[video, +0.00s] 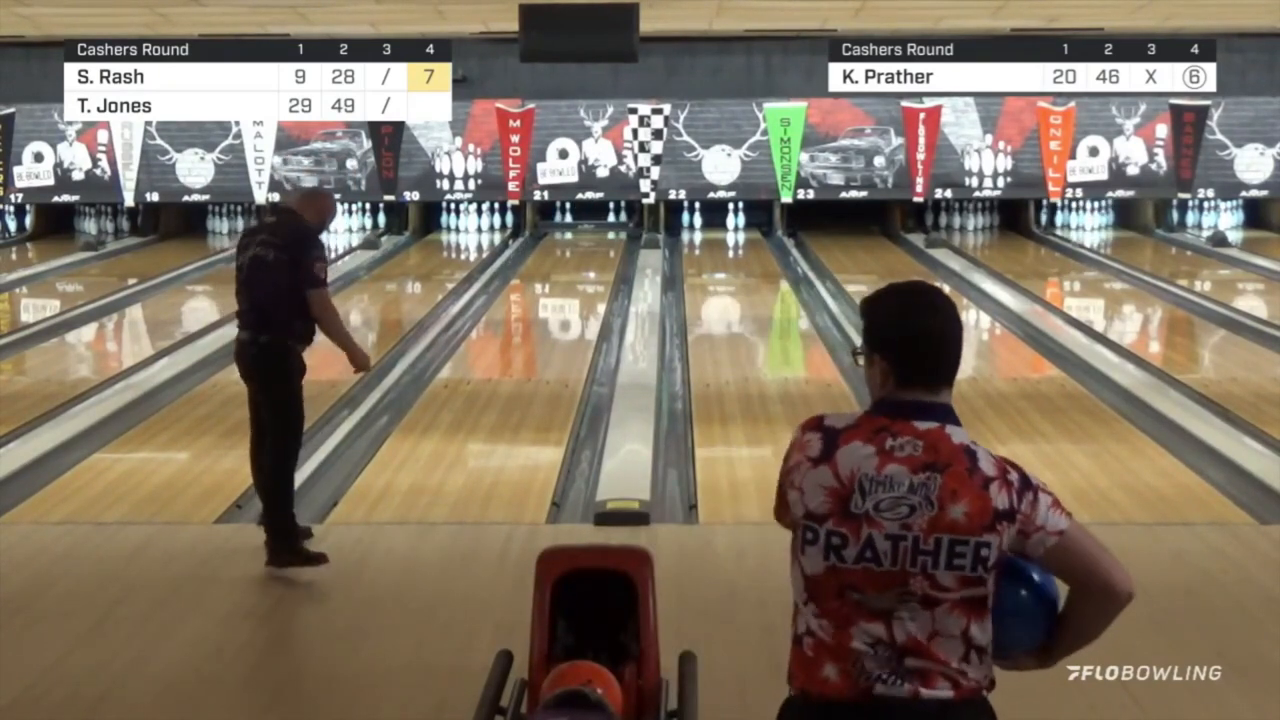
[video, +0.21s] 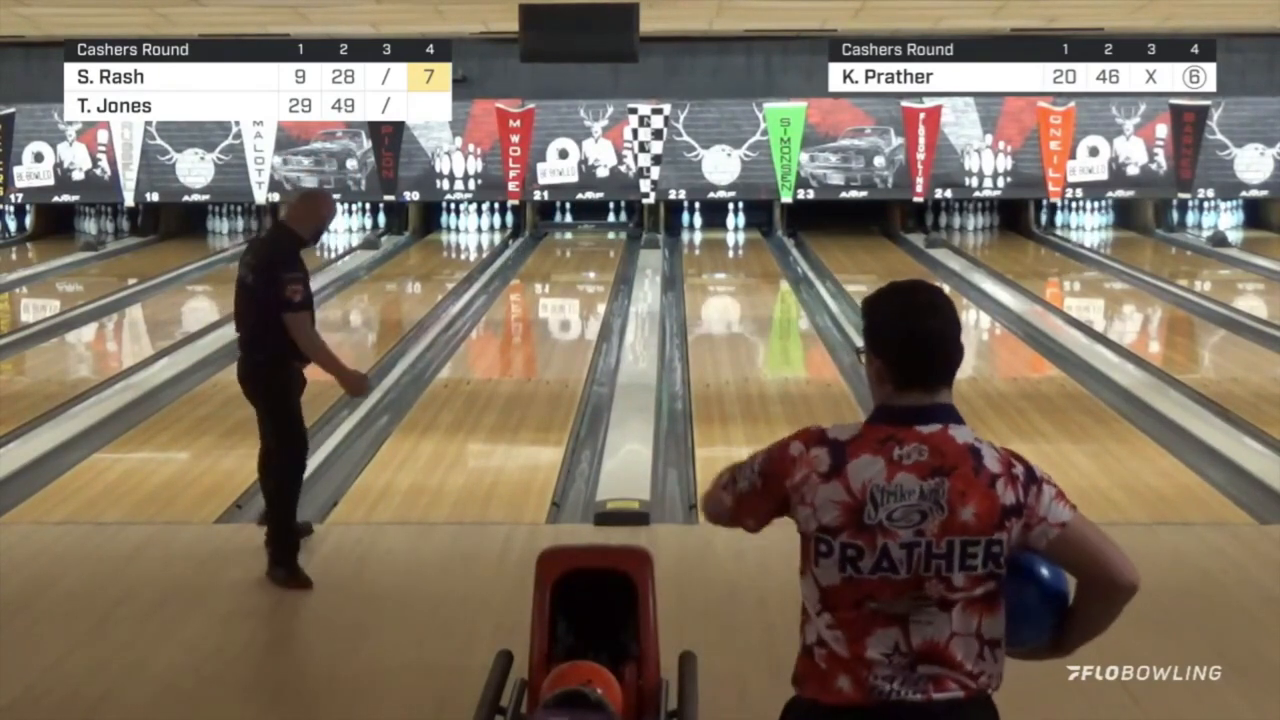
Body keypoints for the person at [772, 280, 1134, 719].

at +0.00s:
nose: (864, 367)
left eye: (865, 356)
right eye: (866, 355)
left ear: (877, 367)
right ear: (953, 365)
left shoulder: (816, 448)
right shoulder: (996, 481)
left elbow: (788, 513)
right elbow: (1109, 586)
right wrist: (1046, 650)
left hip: (823, 699)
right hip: (951, 702)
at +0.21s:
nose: (863, 362)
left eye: (864, 354)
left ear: (872, 364)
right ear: (959, 360)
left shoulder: (813, 461)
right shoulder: (1004, 475)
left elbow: (718, 506)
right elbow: (1116, 578)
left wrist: (791, 475)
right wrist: (1053, 641)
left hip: (833, 701)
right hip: (960, 702)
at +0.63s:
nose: (864, 358)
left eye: (865, 347)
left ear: (869, 359)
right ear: (956, 362)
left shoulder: (806, 461)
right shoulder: (999, 469)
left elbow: (674, 448)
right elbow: (1110, 573)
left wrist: (783, 406)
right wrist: (1052, 635)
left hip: (836, 699)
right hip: (960, 700)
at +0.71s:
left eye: (867, 347)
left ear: (867, 361)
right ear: (955, 367)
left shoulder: (808, 460)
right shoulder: (998, 471)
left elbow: (680, 421)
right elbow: (1108, 574)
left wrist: (771, 358)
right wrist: (1044, 632)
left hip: (835, 699)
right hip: (959, 700)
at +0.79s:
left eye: (866, 347)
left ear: (865, 360)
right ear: (954, 368)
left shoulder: (808, 461)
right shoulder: (998, 472)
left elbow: (685, 397)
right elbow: (1107, 573)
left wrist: (754, 307)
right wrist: (1044, 631)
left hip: (836, 699)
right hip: (960, 700)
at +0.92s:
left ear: (860, 361)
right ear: (949, 368)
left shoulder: (809, 459)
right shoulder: (994, 471)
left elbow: (704, 369)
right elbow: (1105, 572)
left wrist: (778, 267)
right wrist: (1051, 631)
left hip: (834, 699)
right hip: (958, 699)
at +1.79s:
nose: (839, 369)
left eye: (835, 363)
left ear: (837, 370)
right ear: (920, 363)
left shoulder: (810, 458)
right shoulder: (984, 463)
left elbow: (675, 416)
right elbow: (1079, 566)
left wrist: (786, 368)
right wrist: (1021, 632)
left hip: (830, 695)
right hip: (944, 695)